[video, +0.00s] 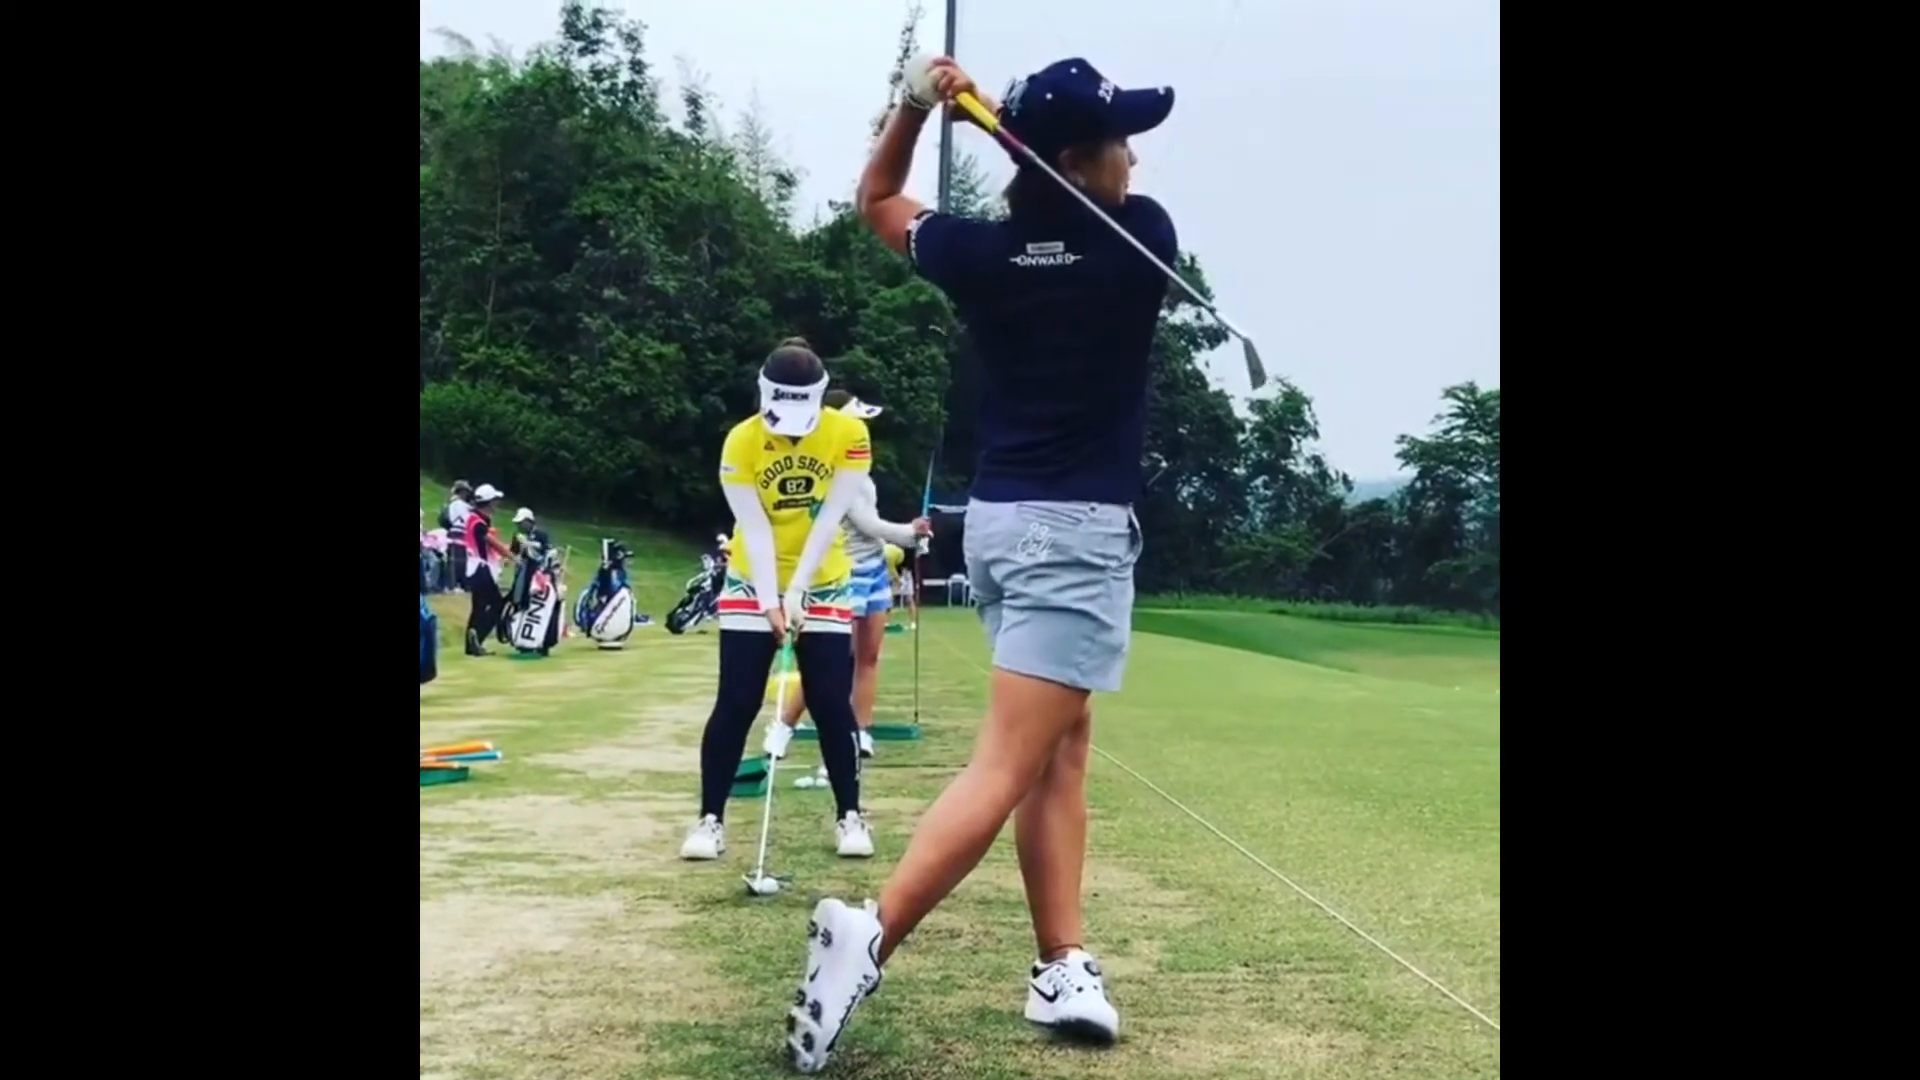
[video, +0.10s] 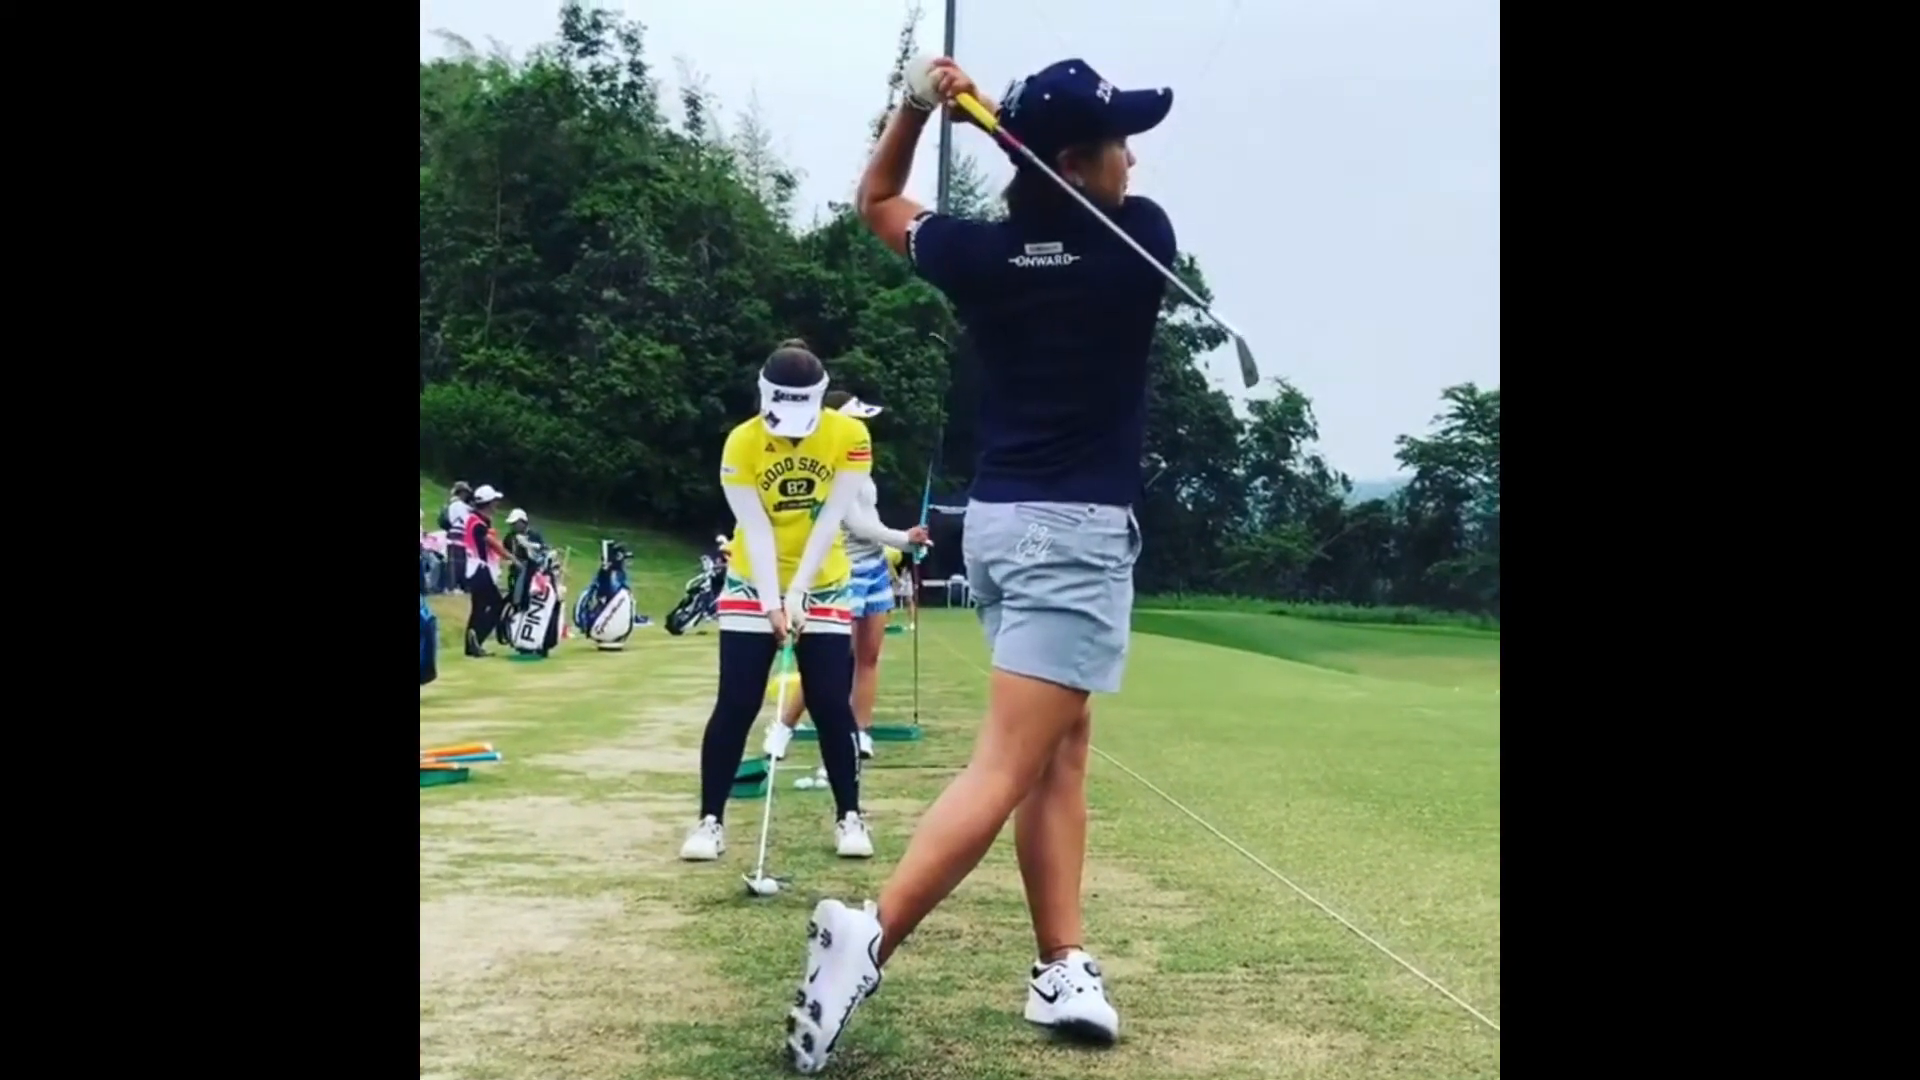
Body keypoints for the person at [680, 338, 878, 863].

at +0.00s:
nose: (788, 424)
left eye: (799, 413)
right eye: (779, 412)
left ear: (819, 396)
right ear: (764, 395)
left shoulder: (849, 433)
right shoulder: (740, 444)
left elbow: (833, 513)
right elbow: (754, 528)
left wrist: (798, 586)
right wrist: (768, 597)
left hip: (823, 585)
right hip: (750, 582)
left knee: (831, 702)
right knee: (736, 701)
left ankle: (849, 816)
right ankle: (710, 820)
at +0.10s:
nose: (789, 425)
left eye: (799, 414)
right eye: (779, 413)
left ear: (819, 398)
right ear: (764, 398)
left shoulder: (849, 434)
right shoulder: (741, 445)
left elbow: (833, 516)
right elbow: (755, 530)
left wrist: (797, 588)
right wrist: (770, 599)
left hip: (823, 587)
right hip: (750, 585)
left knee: (830, 703)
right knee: (736, 702)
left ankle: (849, 816)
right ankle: (710, 821)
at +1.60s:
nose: (795, 414)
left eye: (806, 403)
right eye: (785, 402)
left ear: (825, 387)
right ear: (769, 387)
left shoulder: (855, 424)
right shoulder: (746, 436)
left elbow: (844, 506)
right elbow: (758, 522)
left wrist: (808, 579)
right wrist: (769, 586)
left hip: (834, 575)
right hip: (759, 574)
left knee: (842, 696)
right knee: (747, 696)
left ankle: (860, 808)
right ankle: (724, 814)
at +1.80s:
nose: (801, 419)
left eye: (811, 408)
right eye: (791, 407)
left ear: (831, 392)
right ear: (776, 392)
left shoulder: (863, 427)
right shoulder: (754, 441)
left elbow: (847, 511)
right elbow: (766, 525)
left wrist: (810, 579)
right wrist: (773, 590)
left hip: (837, 578)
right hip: (765, 575)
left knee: (840, 695)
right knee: (748, 693)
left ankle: (854, 812)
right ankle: (717, 814)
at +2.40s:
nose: (845, 362)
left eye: (855, 354)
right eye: (839, 352)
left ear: (877, 352)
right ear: (829, 352)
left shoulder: (890, 401)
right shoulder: (809, 405)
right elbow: (810, 493)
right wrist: (827, 560)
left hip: (872, 556)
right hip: (814, 555)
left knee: (867, 679)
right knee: (812, 672)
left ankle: (869, 784)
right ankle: (807, 778)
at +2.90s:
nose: (821, 399)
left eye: (832, 389)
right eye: (811, 388)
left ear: (850, 372)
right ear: (793, 372)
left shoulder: (872, 406)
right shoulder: (772, 420)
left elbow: (876, 493)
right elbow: (783, 508)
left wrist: (839, 566)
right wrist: (803, 573)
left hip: (857, 558)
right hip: (788, 560)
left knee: (869, 690)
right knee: (784, 686)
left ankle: (876, 795)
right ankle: (767, 802)